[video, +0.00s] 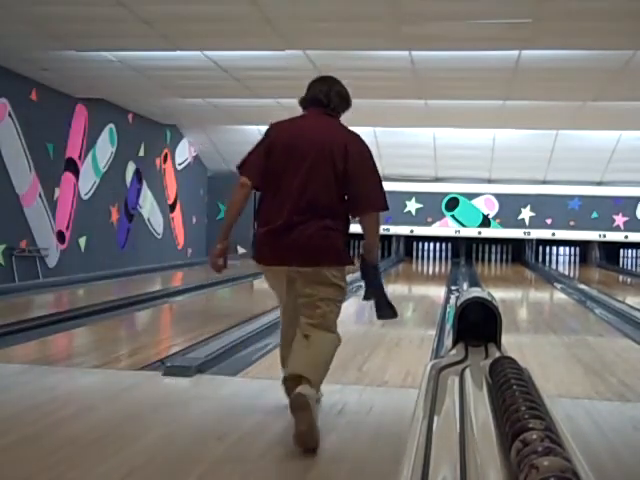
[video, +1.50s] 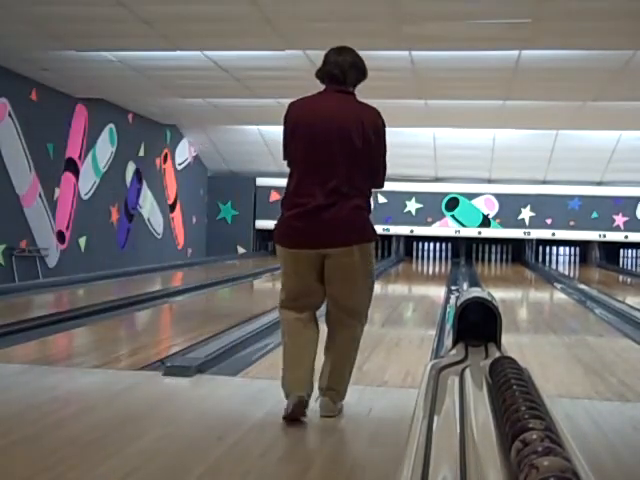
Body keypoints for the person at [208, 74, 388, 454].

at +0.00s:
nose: (345, 115)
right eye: (345, 110)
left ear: (305, 102)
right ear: (341, 108)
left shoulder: (277, 133)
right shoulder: (349, 142)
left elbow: (244, 184)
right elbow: (369, 207)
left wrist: (223, 237)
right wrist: (372, 259)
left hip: (273, 247)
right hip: (322, 250)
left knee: (291, 319)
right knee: (320, 324)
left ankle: (296, 387)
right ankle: (304, 386)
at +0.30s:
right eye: (349, 108)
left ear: (313, 101)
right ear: (346, 106)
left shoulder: (288, 127)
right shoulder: (357, 139)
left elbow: (264, 179)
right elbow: (366, 201)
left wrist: (279, 213)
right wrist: (355, 230)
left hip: (286, 235)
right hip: (333, 236)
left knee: (302, 308)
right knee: (336, 309)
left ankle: (311, 385)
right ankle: (319, 375)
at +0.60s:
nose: (347, 103)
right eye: (347, 98)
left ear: (314, 92)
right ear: (344, 97)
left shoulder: (290, 121)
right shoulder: (354, 126)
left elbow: (280, 168)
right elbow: (361, 183)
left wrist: (308, 184)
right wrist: (330, 190)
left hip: (290, 225)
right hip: (336, 225)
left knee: (304, 299)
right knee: (343, 296)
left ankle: (310, 378)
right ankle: (321, 369)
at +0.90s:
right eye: (347, 92)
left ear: (315, 90)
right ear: (347, 94)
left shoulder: (292, 120)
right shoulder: (358, 127)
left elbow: (278, 167)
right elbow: (369, 184)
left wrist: (302, 190)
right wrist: (335, 187)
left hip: (295, 231)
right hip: (342, 230)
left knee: (305, 304)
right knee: (350, 299)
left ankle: (311, 380)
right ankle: (332, 366)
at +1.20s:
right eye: (356, 87)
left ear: (320, 86)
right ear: (355, 90)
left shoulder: (297, 119)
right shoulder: (367, 127)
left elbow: (288, 166)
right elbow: (374, 183)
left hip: (301, 234)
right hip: (350, 236)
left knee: (307, 311)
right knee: (349, 313)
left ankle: (304, 380)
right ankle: (331, 397)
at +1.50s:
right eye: (360, 76)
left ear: (322, 74)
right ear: (358, 79)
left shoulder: (297, 110)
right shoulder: (370, 117)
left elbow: (290, 159)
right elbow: (378, 178)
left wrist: (330, 160)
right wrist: (341, 164)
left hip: (297, 232)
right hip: (350, 235)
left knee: (297, 308)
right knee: (347, 317)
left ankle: (297, 394)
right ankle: (331, 400)